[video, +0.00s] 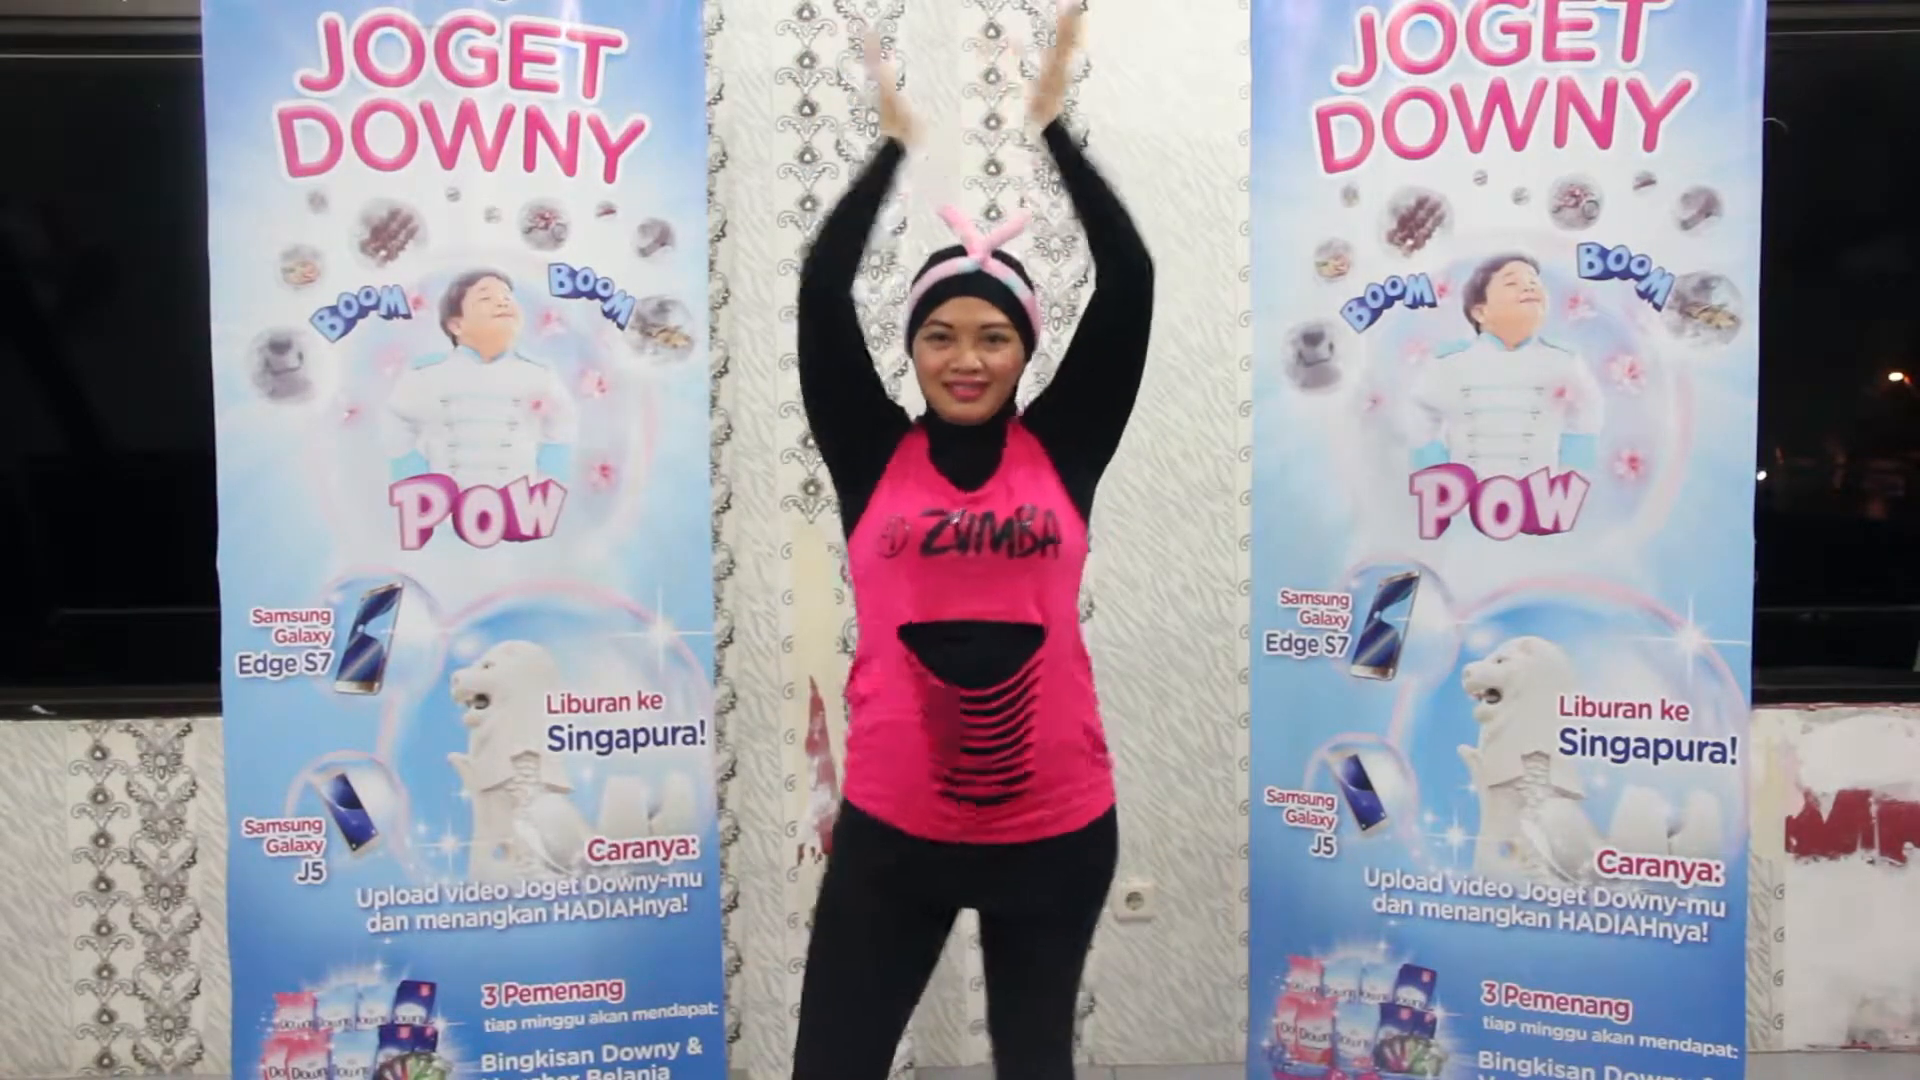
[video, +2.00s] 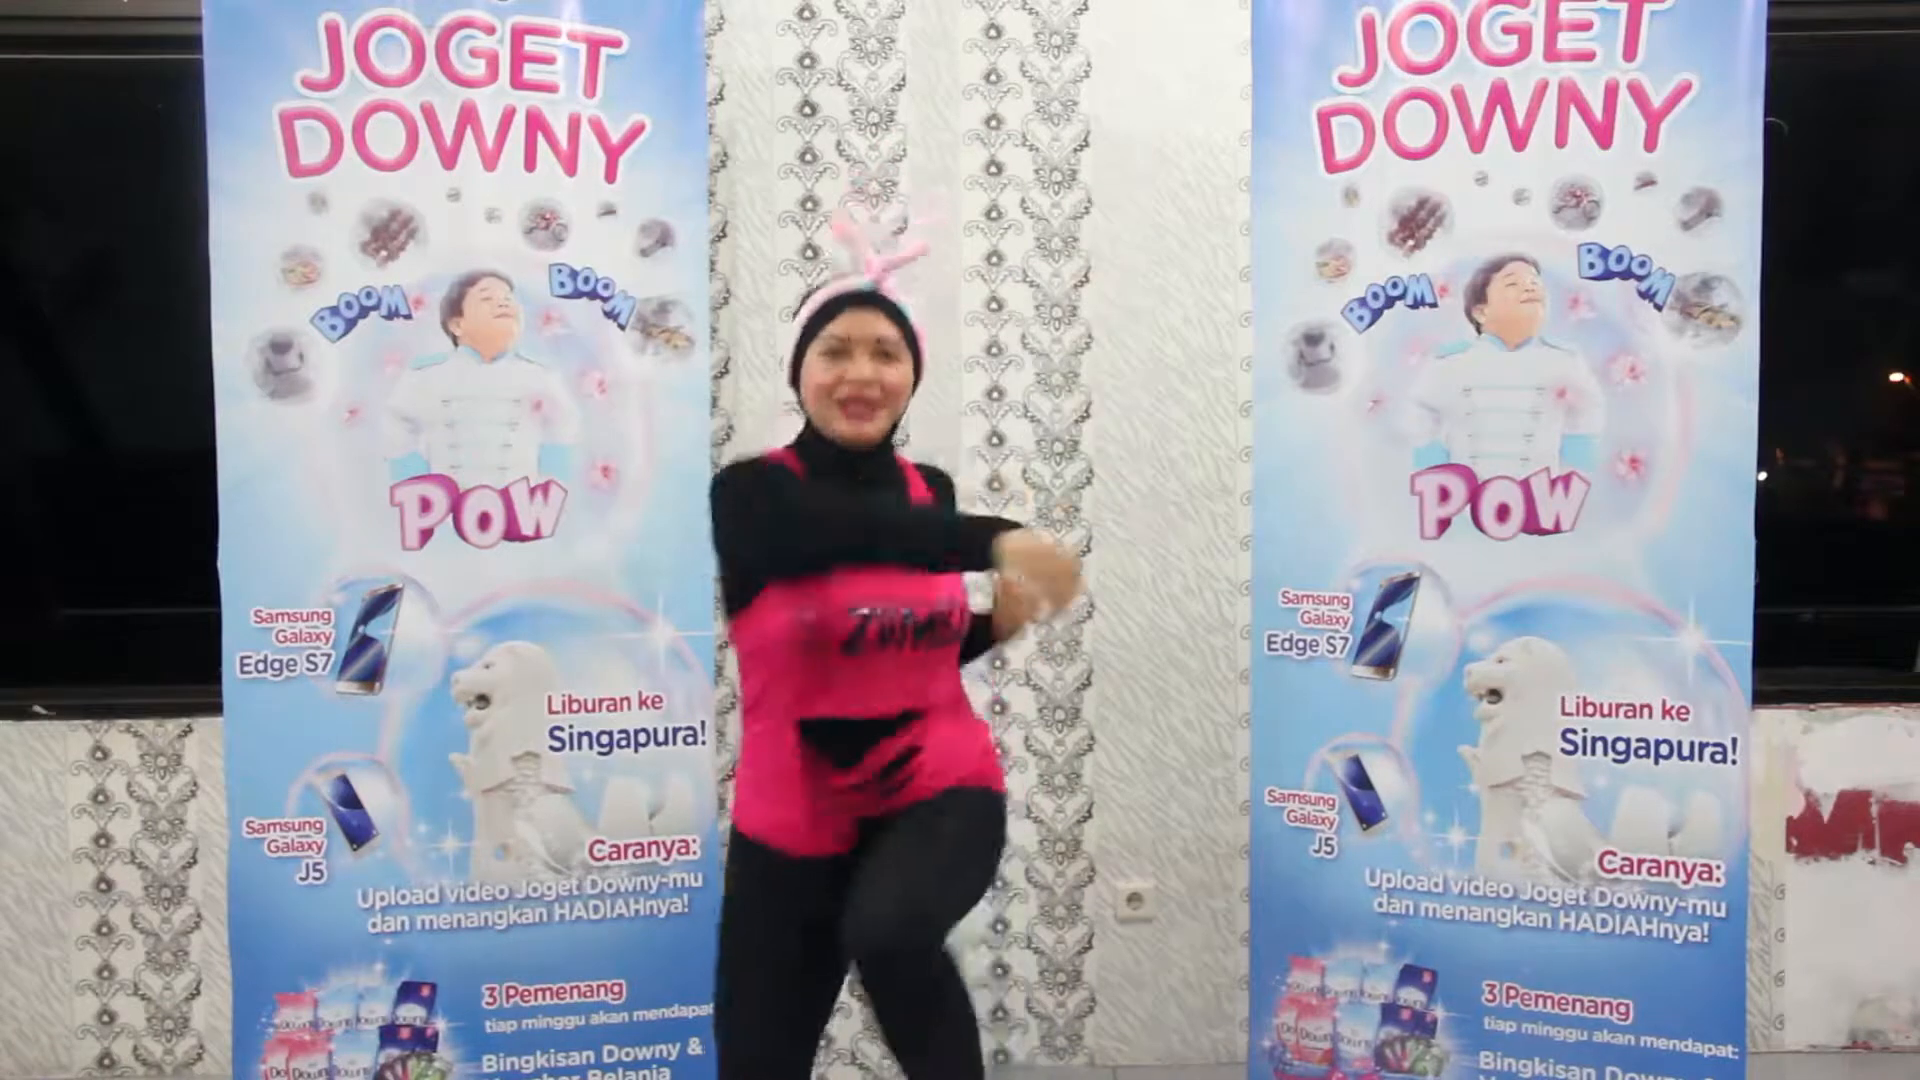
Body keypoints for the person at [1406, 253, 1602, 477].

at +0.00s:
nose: (1528, 286)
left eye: (1534, 281)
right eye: (1510, 282)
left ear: (1545, 300)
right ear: (1478, 311)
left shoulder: (1564, 363)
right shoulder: (1446, 366)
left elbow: (1583, 422)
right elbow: (1415, 415)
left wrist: (1567, 484)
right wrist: (1433, 475)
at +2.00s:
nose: (1529, 287)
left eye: (1535, 281)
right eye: (1511, 283)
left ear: (1544, 299)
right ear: (1479, 311)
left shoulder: (1565, 363)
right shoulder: (1447, 365)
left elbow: (1584, 429)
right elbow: (1417, 421)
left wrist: (1566, 491)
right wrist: (1435, 481)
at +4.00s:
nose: (1529, 287)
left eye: (1534, 281)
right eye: (1511, 283)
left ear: (1545, 299)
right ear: (1479, 311)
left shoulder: (1565, 364)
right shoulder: (1447, 367)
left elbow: (1585, 426)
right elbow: (1413, 415)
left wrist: (1567, 483)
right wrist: (1435, 473)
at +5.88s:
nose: (1529, 287)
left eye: (1534, 281)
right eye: (1511, 283)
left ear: (1545, 299)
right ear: (1479, 311)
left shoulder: (1565, 365)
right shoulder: (1445, 368)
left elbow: (1583, 436)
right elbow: (1415, 424)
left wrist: (1564, 495)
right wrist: (1438, 481)